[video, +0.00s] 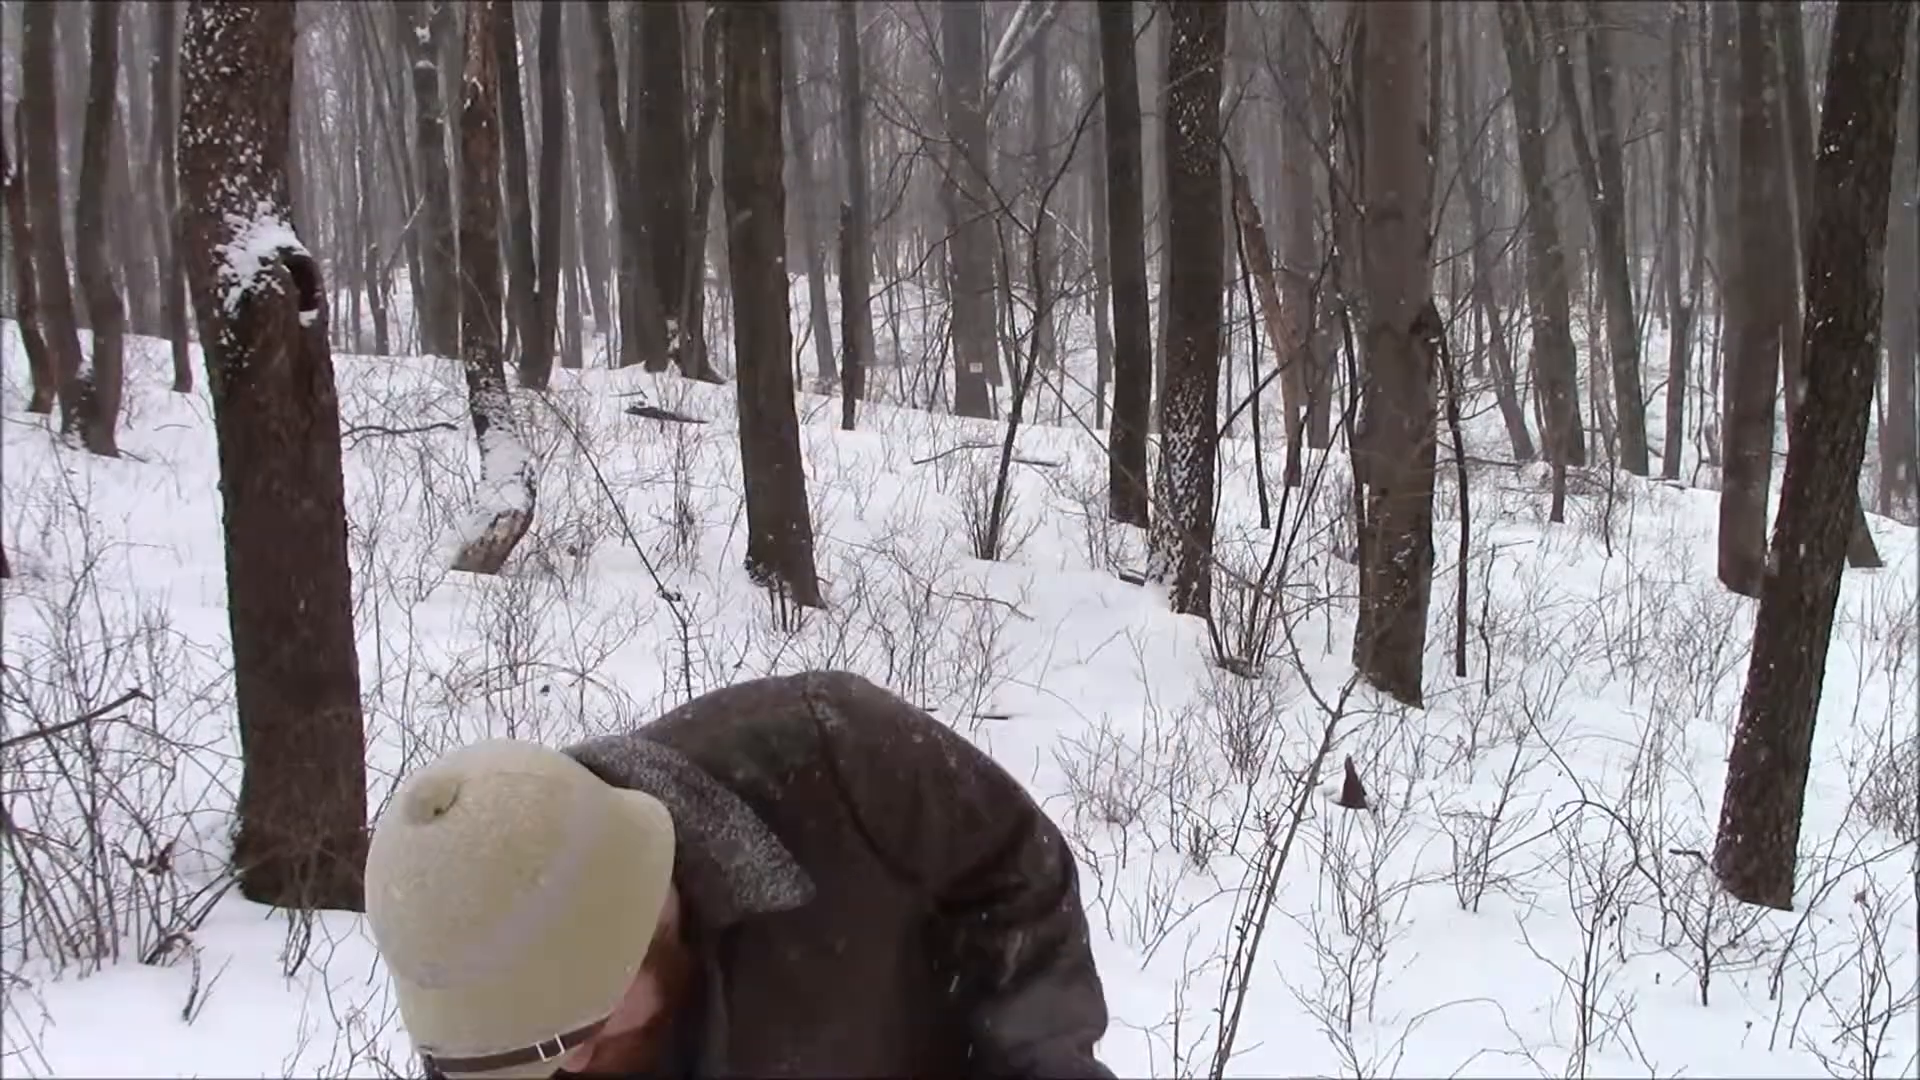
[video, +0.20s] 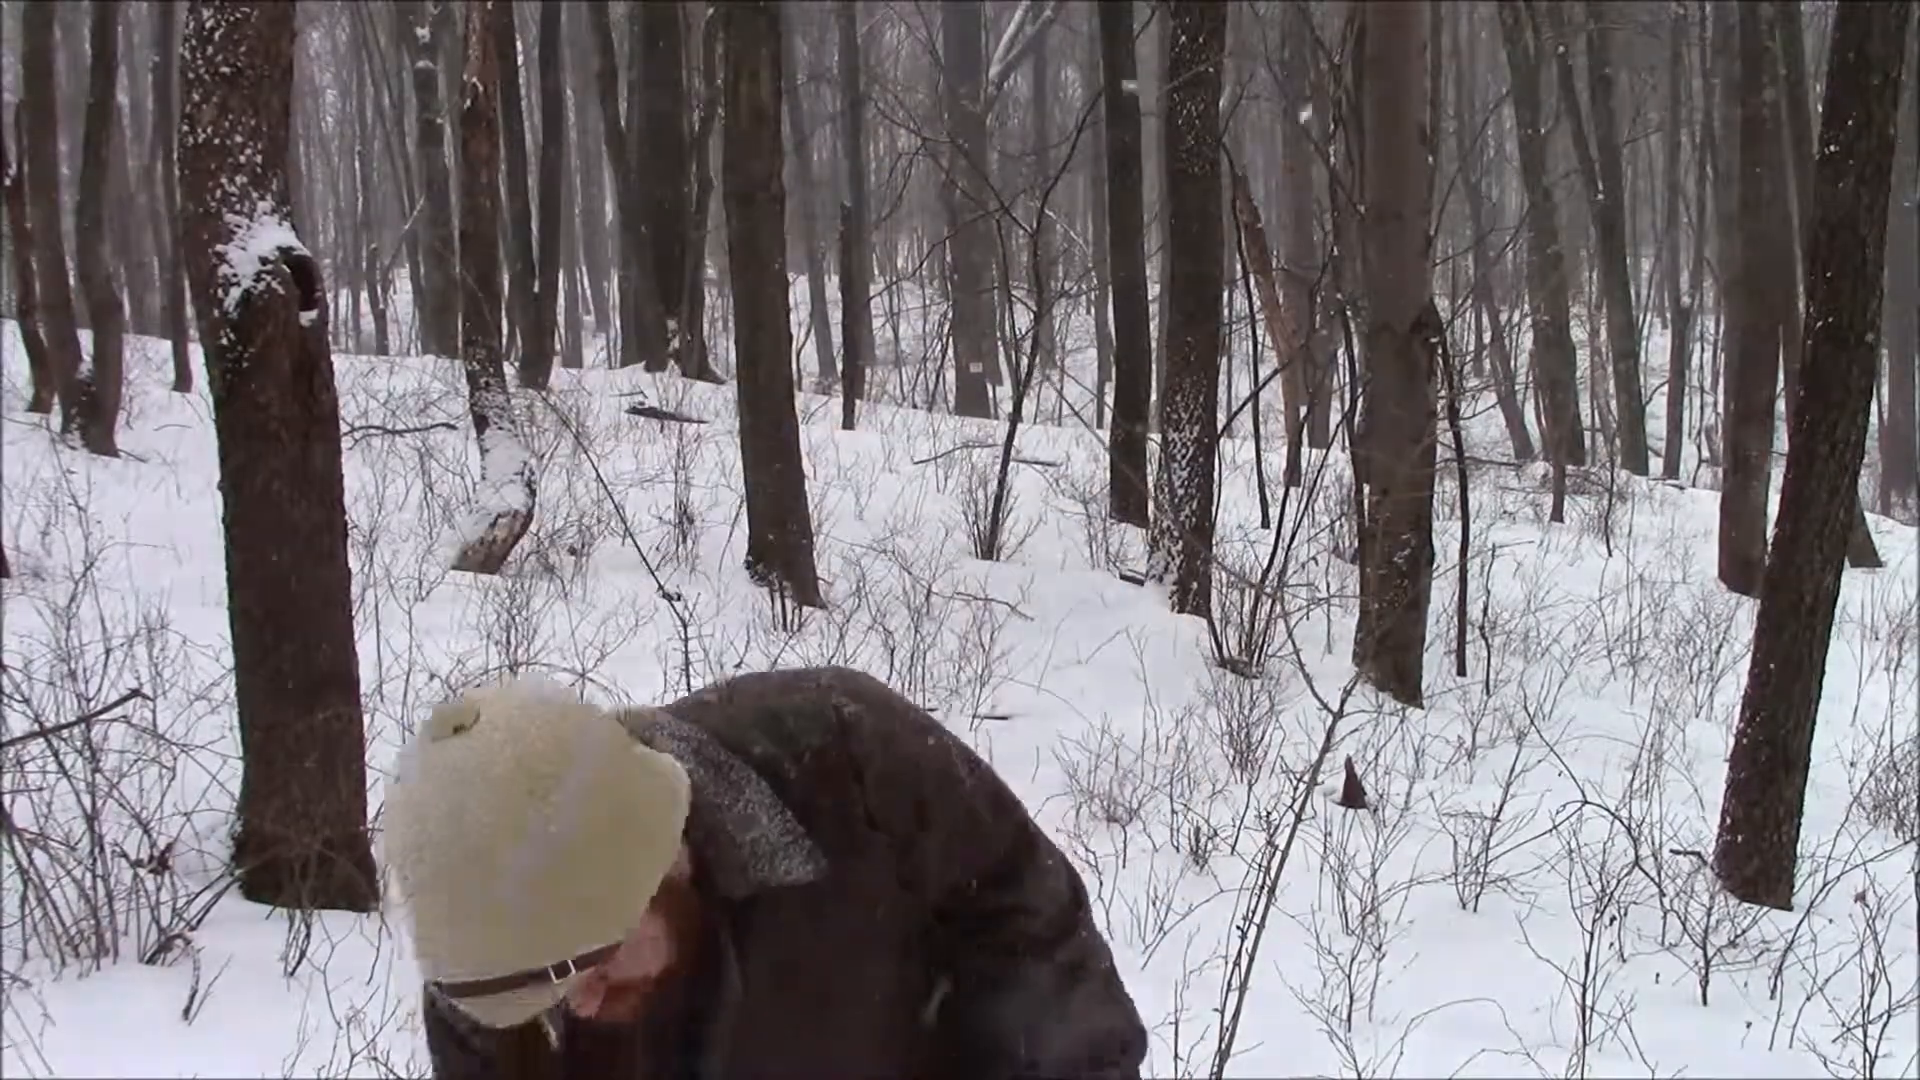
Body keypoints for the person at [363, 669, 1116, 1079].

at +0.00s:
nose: (569, 1071)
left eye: (581, 1031)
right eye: (520, 1059)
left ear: (647, 912)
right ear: (449, 1011)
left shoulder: (830, 757)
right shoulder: (477, 1005)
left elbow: (1019, 877)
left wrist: (1038, 1061)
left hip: (946, 1042)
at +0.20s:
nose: (588, 1007)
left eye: (597, 956)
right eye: (542, 990)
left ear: (649, 853)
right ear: (470, 962)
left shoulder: (842, 752)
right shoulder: (485, 988)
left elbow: (1031, 924)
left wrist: (1021, 1061)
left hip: (910, 1042)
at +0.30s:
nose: (588, 914)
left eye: (606, 865)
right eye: (543, 893)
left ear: (674, 772)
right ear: (480, 864)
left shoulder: (873, 731)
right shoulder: (482, 924)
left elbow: (1045, 955)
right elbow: (489, 1068)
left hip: (927, 1054)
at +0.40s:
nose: (581, 785)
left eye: (598, 729)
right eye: (535, 753)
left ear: (689, 659)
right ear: (493, 729)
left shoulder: (896, 691)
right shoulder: (490, 835)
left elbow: (1029, 939)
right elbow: (486, 1063)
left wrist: (1025, 1065)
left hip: (905, 1056)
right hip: (664, 1056)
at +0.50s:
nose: (586, 640)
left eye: (610, 580)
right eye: (550, 593)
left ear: (719, 534)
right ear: (523, 584)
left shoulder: (910, 640)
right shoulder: (504, 730)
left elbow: (998, 888)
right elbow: (453, 1012)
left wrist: (947, 1062)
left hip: (888, 1031)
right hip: (657, 1039)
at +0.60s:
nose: (619, 520)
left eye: (651, 465)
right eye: (583, 476)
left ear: (747, 439)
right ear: (555, 477)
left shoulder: (919, 588)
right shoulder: (520, 644)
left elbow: (986, 830)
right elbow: (435, 891)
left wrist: (835, 1025)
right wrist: (298, 1058)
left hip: (905, 1024)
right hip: (642, 1033)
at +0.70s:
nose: (653, 436)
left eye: (686, 387)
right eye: (623, 396)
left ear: (785, 377)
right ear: (595, 407)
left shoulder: (943, 559)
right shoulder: (547, 585)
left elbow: (991, 806)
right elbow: (427, 822)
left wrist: (835, 953)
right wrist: (267, 1002)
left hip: (918, 1025)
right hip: (651, 1028)